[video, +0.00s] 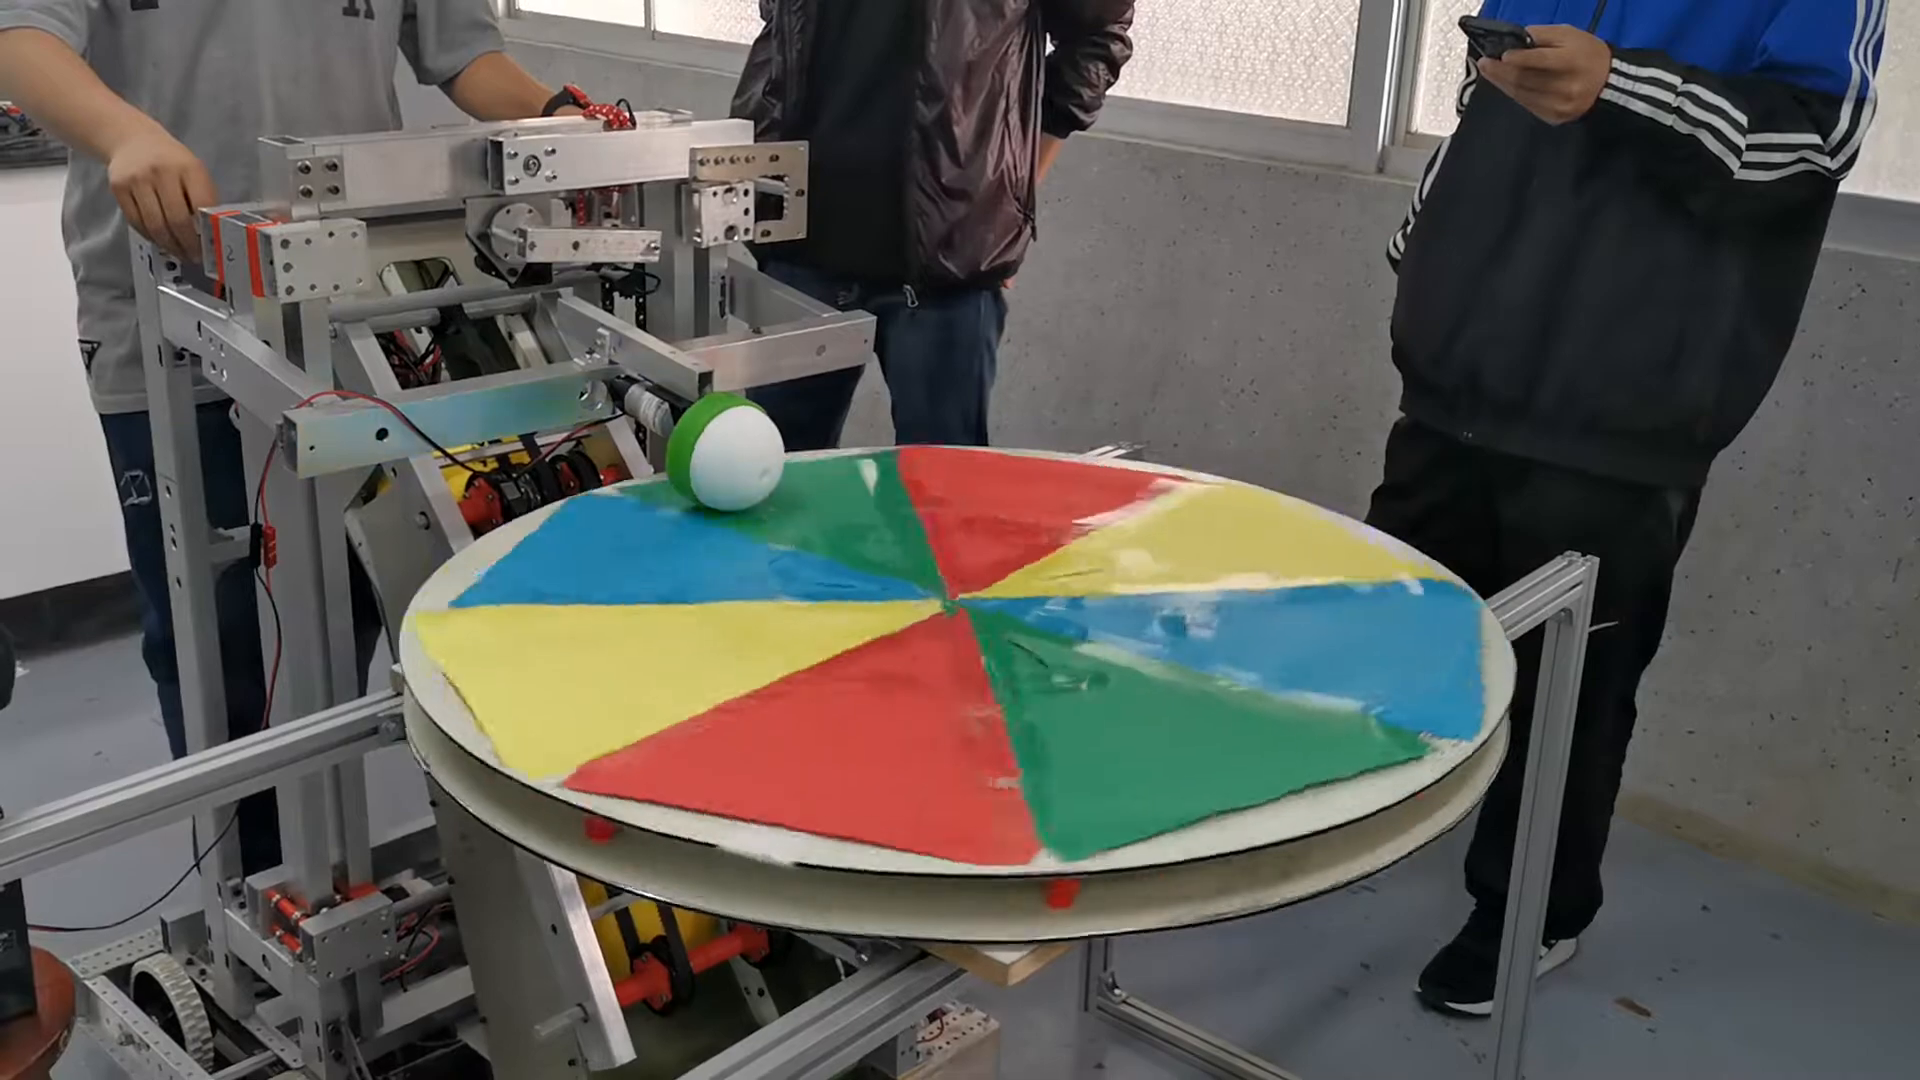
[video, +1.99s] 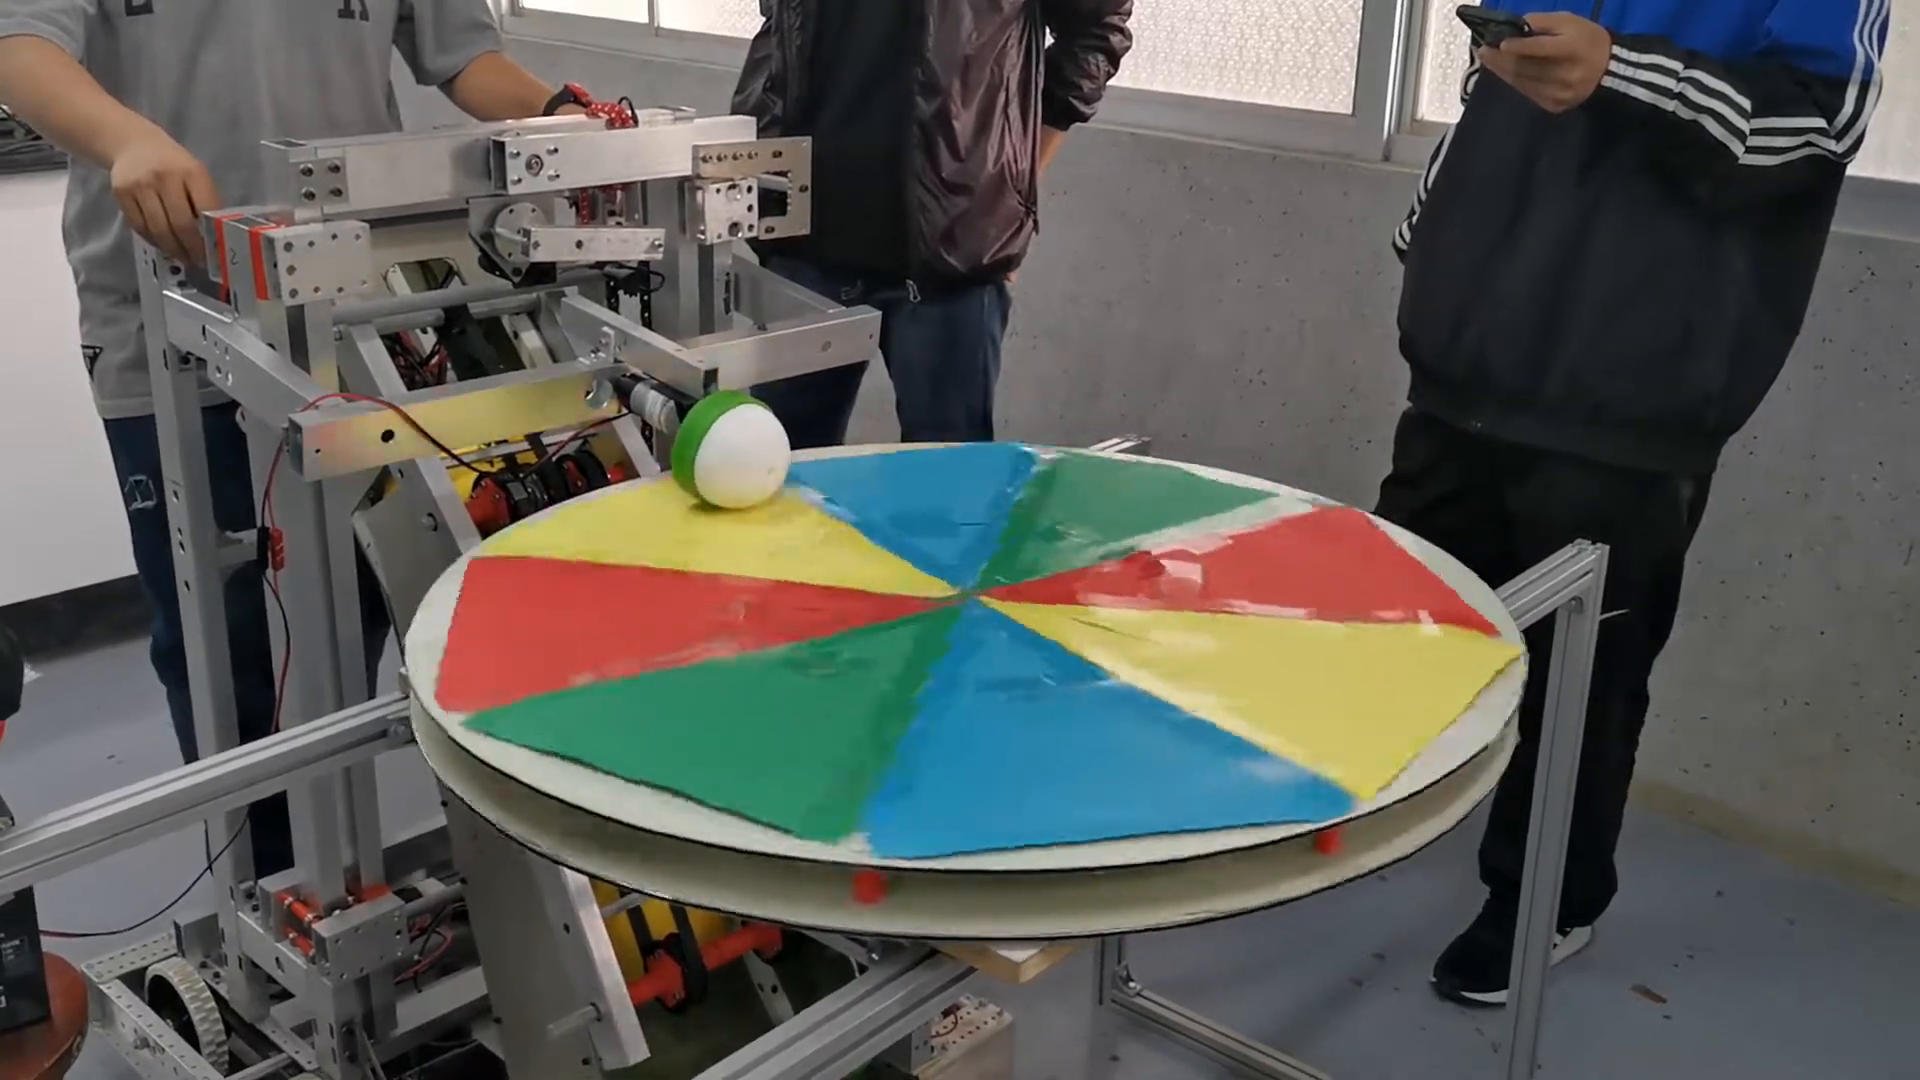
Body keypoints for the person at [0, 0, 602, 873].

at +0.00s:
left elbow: (458, 47)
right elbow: (23, 37)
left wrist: (563, 119)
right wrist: (124, 132)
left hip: (351, 318)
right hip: (164, 325)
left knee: (350, 609)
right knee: (209, 643)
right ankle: (255, 888)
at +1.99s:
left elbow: (456, 49)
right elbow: (21, 47)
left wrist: (556, 111)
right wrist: (125, 137)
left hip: (348, 319)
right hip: (166, 326)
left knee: (354, 605)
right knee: (214, 635)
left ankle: (348, 852)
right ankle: (265, 880)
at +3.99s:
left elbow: (456, 50)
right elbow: (20, 48)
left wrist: (555, 116)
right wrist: (124, 144)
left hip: (348, 314)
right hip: (172, 326)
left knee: (355, 605)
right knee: (222, 633)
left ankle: (349, 860)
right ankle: (272, 886)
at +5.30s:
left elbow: (467, 39)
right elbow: (34, 41)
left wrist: (571, 110)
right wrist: (138, 136)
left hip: (365, 308)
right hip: (185, 318)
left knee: (363, 602)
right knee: (232, 630)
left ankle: (358, 854)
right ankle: (281, 883)